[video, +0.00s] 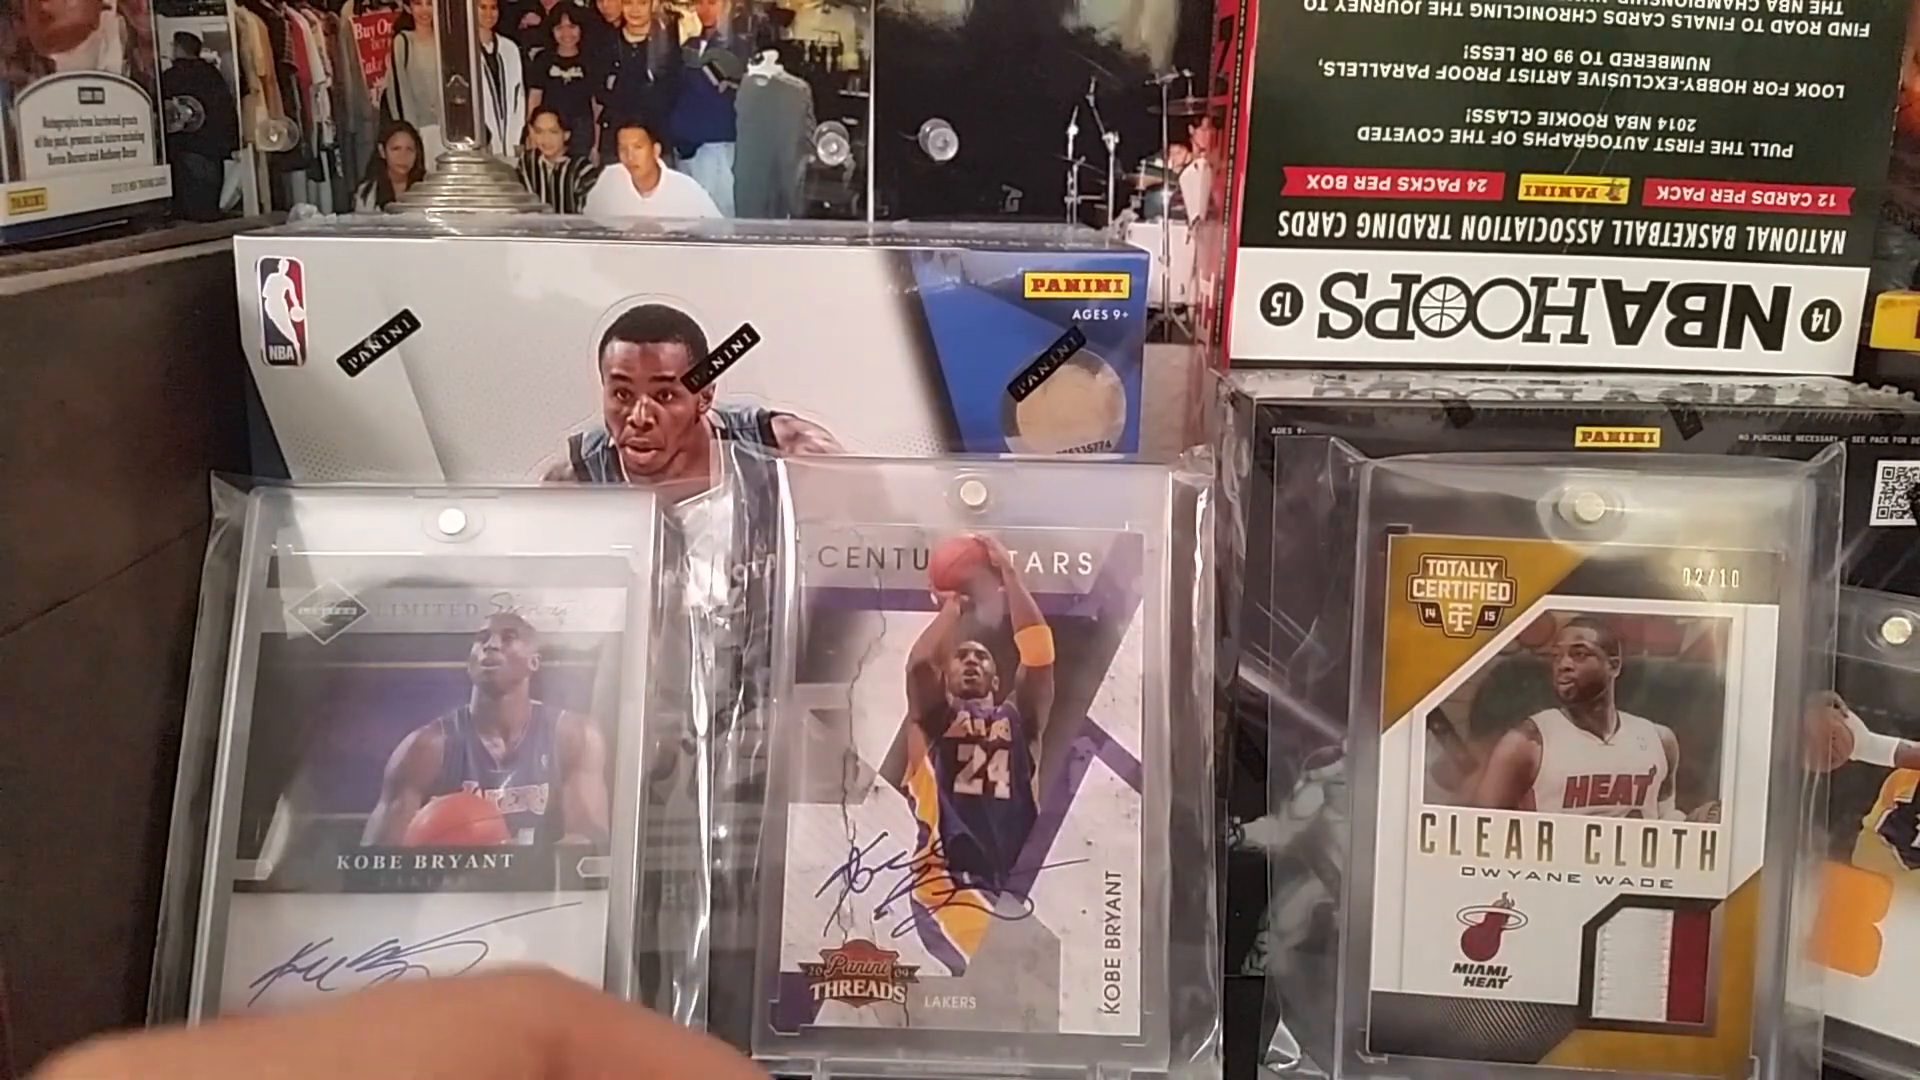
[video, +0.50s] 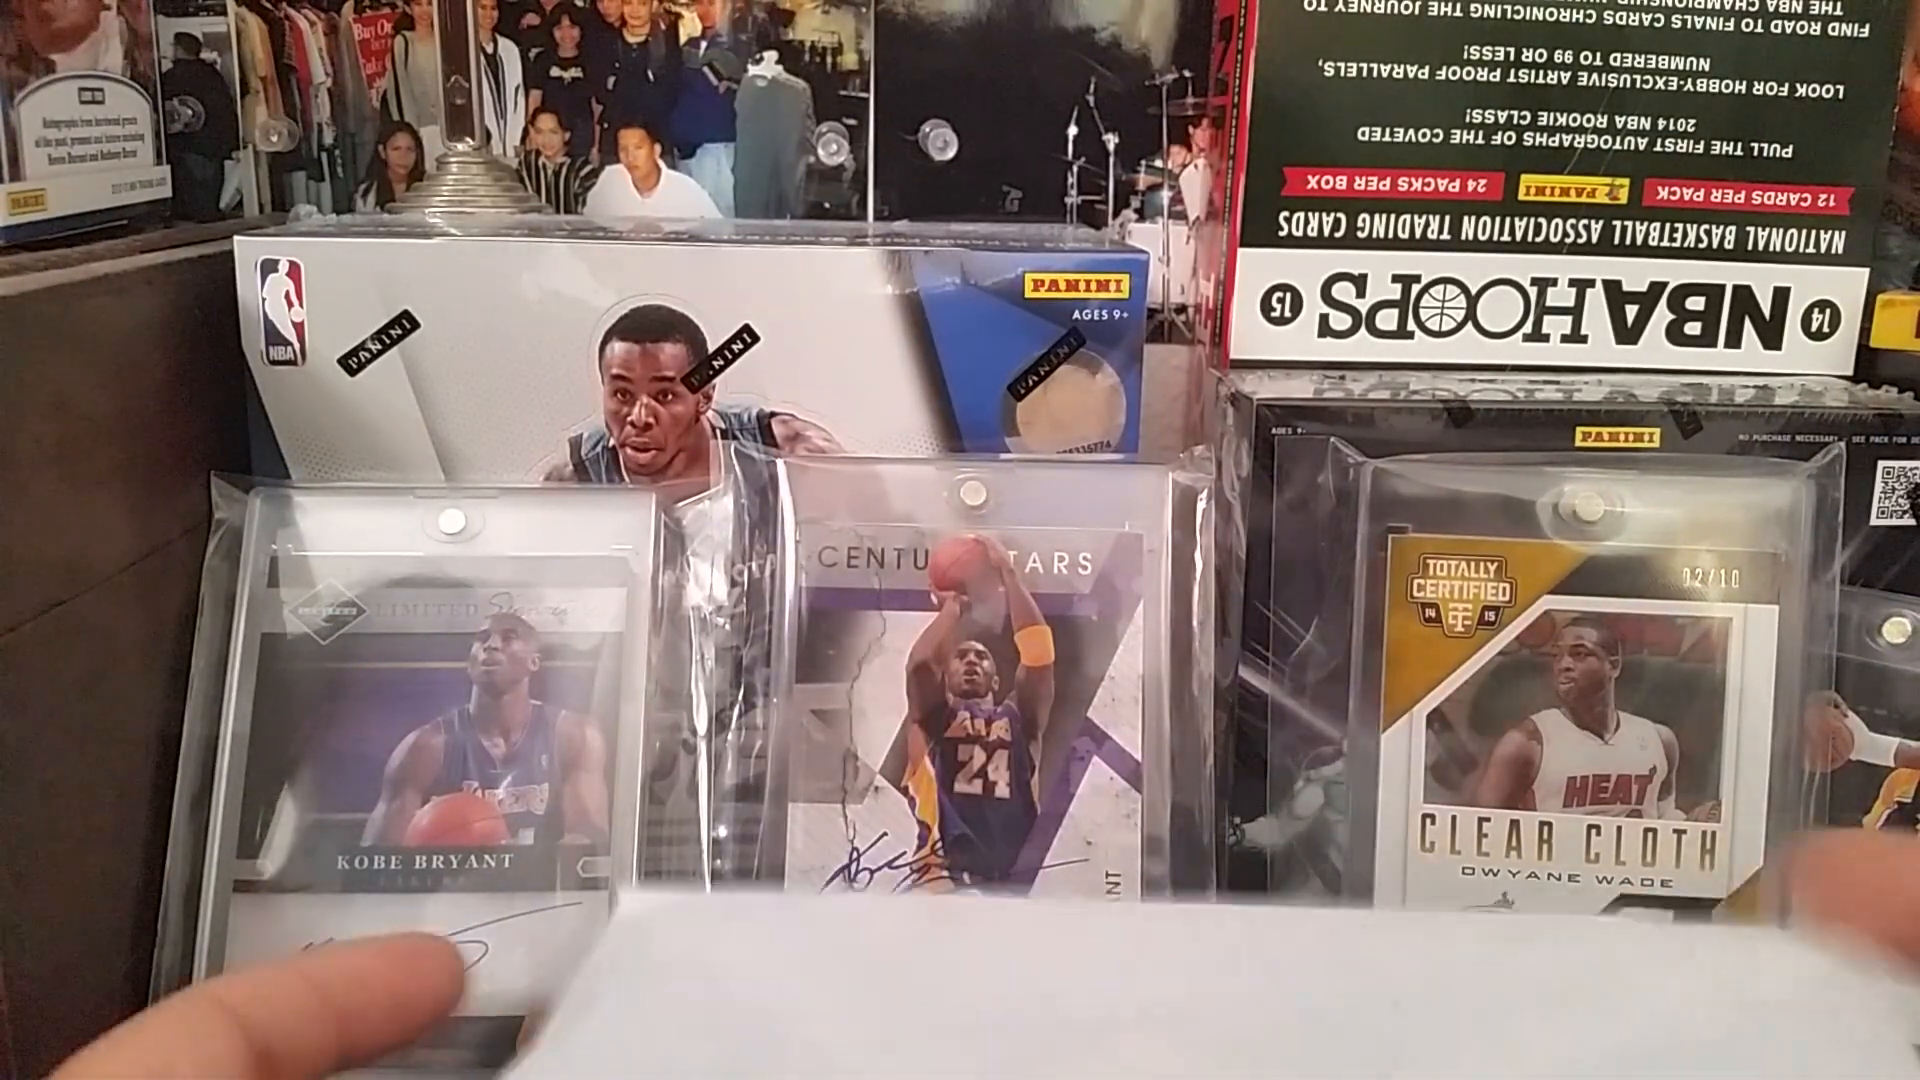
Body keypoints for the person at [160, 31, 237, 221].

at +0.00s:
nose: (173, 51)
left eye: (174, 47)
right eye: (174, 48)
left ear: (177, 49)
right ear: (198, 51)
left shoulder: (167, 78)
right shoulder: (213, 74)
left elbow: (159, 117)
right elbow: (226, 110)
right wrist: (232, 145)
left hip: (178, 149)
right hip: (210, 148)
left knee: (182, 206)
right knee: (208, 206)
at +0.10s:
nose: (173, 52)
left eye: (174, 48)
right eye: (174, 48)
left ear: (177, 50)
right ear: (198, 51)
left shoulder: (168, 78)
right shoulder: (212, 74)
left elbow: (159, 116)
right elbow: (227, 110)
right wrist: (231, 145)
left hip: (179, 151)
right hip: (211, 150)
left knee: (183, 208)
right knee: (209, 207)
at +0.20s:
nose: (172, 51)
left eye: (174, 48)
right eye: (174, 48)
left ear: (177, 50)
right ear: (197, 51)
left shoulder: (169, 77)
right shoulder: (212, 73)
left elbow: (161, 115)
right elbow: (227, 109)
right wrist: (231, 144)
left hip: (182, 149)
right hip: (213, 147)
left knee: (184, 207)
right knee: (210, 206)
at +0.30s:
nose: (173, 51)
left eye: (174, 48)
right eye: (174, 48)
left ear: (176, 50)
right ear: (197, 51)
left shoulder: (167, 79)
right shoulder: (213, 75)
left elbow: (158, 116)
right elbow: (227, 110)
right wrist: (232, 145)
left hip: (180, 151)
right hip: (213, 149)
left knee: (182, 208)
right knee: (209, 207)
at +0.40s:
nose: (173, 51)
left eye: (174, 48)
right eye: (174, 48)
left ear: (177, 50)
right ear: (198, 51)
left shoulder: (169, 78)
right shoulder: (213, 74)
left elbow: (159, 116)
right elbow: (227, 109)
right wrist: (231, 145)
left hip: (182, 150)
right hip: (213, 148)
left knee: (184, 206)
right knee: (210, 206)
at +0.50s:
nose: (173, 52)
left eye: (174, 49)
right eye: (174, 49)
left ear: (177, 50)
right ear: (198, 51)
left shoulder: (167, 78)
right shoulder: (213, 75)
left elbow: (160, 117)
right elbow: (227, 110)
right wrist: (231, 145)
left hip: (181, 150)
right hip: (213, 147)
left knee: (184, 207)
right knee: (210, 206)